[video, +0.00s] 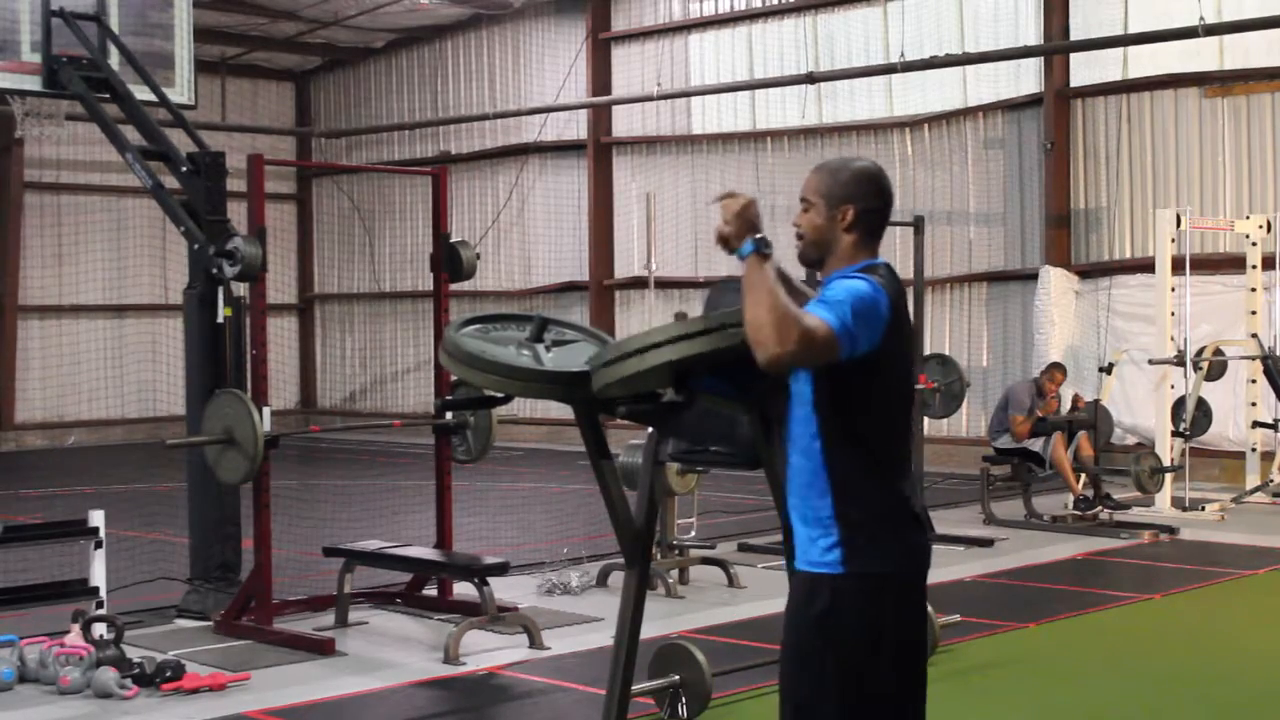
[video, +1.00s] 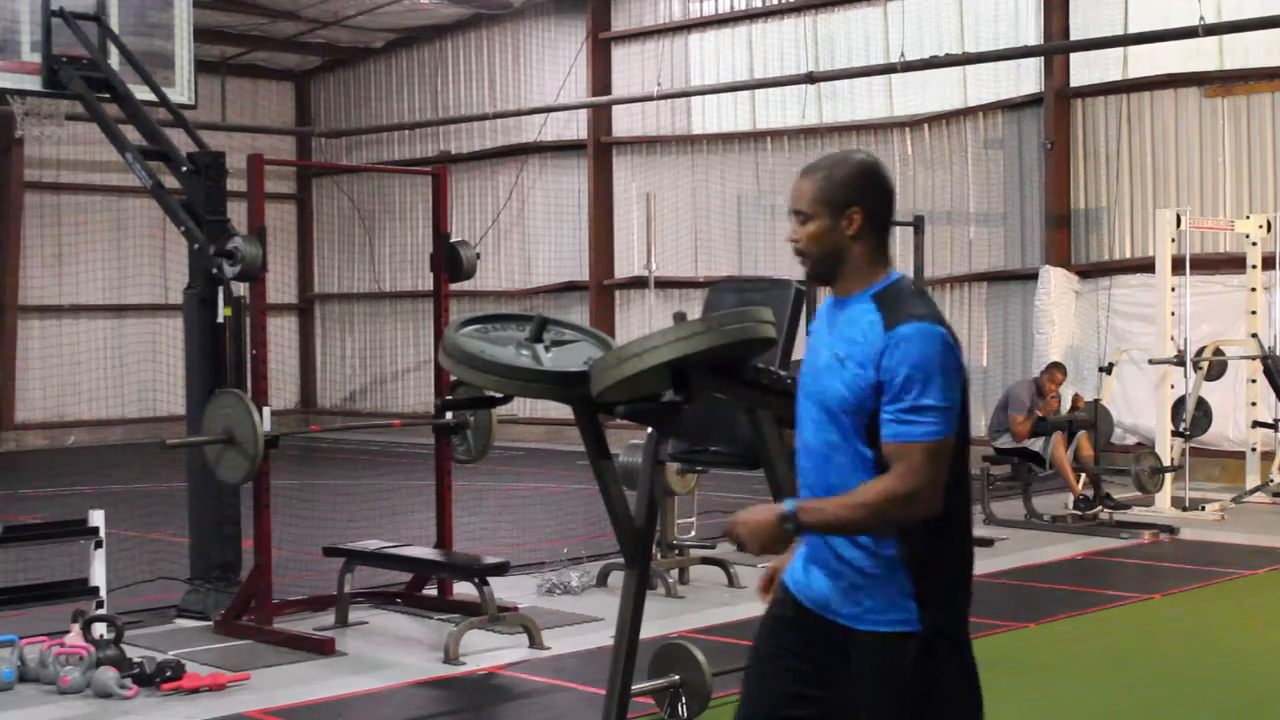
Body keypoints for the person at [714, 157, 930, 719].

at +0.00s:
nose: (796, 220)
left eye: (807, 208)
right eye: (799, 207)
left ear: (846, 219)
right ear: (849, 221)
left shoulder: (859, 292)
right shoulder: (856, 287)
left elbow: (779, 347)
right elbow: (810, 325)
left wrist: (749, 246)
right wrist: (761, 261)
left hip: (851, 565)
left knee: (829, 707)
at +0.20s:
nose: (811, 225)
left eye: (822, 212)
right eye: (812, 213)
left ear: (866, 222)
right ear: (865, 222)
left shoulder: (876, 299)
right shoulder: (884, 288)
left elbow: (799, 362)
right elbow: (840, 318)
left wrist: (761, 260)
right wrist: (801, 268)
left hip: (858, 572)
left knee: (832, 705)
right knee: (872, 705)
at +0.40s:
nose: (821, 240)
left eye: (830, 225)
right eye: (821, 226)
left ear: (877, 229)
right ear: (876, 231)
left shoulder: (899, 320)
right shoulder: (879, 309)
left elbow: (858, 433)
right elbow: (848, 417)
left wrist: (757, 356)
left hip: (884, 588)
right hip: (849, 578)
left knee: (878, 711)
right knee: (821, 707)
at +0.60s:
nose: (825, 232)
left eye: (836, 216)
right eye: (826, 217)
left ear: (884, 222)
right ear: (882, 224)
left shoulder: (917, 330)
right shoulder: (884, 313)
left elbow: (947, 477)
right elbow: (893, 457)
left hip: (906, 605)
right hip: (860, 595)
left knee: (901, 713)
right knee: (822, 709)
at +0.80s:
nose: (825, 226)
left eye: (838, 211)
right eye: (828, 211)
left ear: (887, 222)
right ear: (880, 225)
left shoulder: (929, 340)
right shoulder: (874, 312)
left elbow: (964, 485)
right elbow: (887, 455)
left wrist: (849, 534)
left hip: (909, 617)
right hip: (843, 603)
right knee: (806, 711)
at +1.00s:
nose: (791, 236)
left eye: (803, 219)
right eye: (793, 219)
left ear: (852, 223)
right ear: (845, 226)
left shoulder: (915, 338)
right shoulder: (829, 314)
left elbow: (916, 491)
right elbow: (840, 458)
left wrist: (785, 517)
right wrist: (800, 551)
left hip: (892, 626)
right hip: (809, 605)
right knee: (764, 711)